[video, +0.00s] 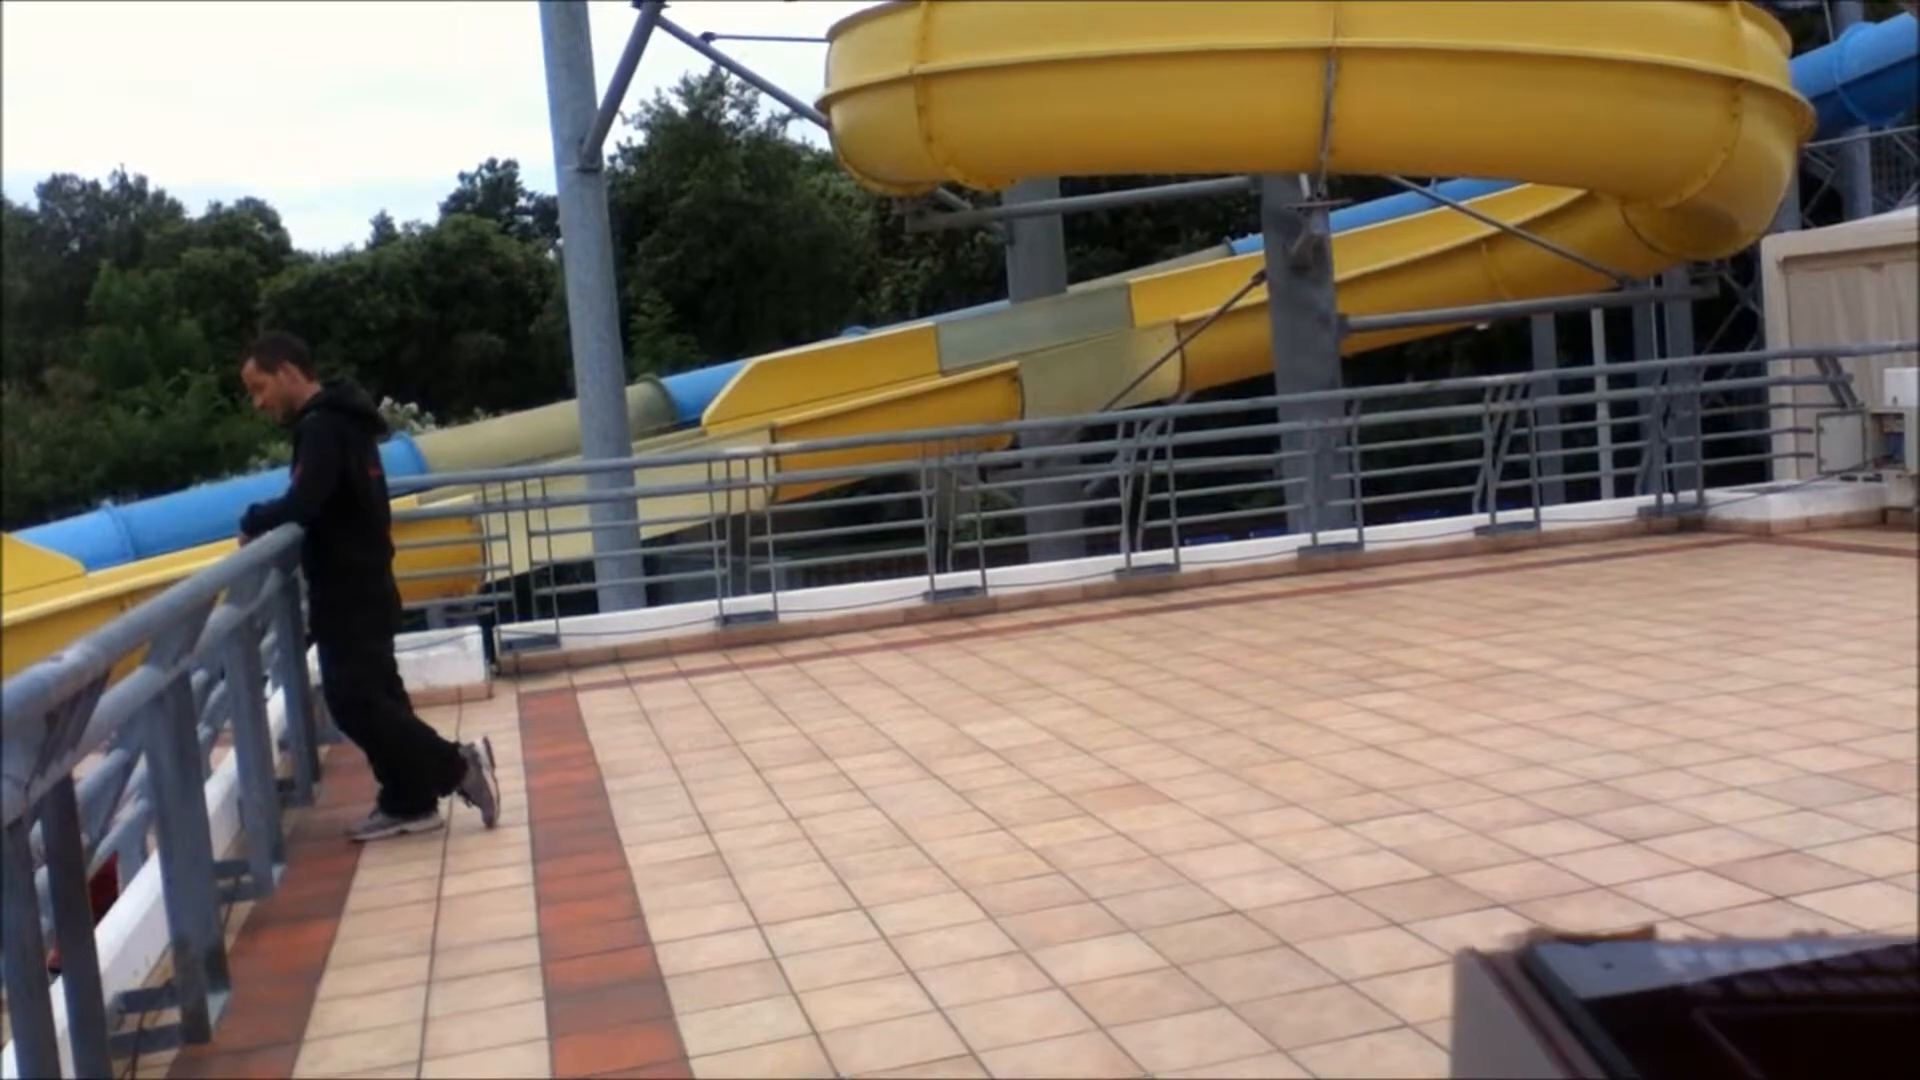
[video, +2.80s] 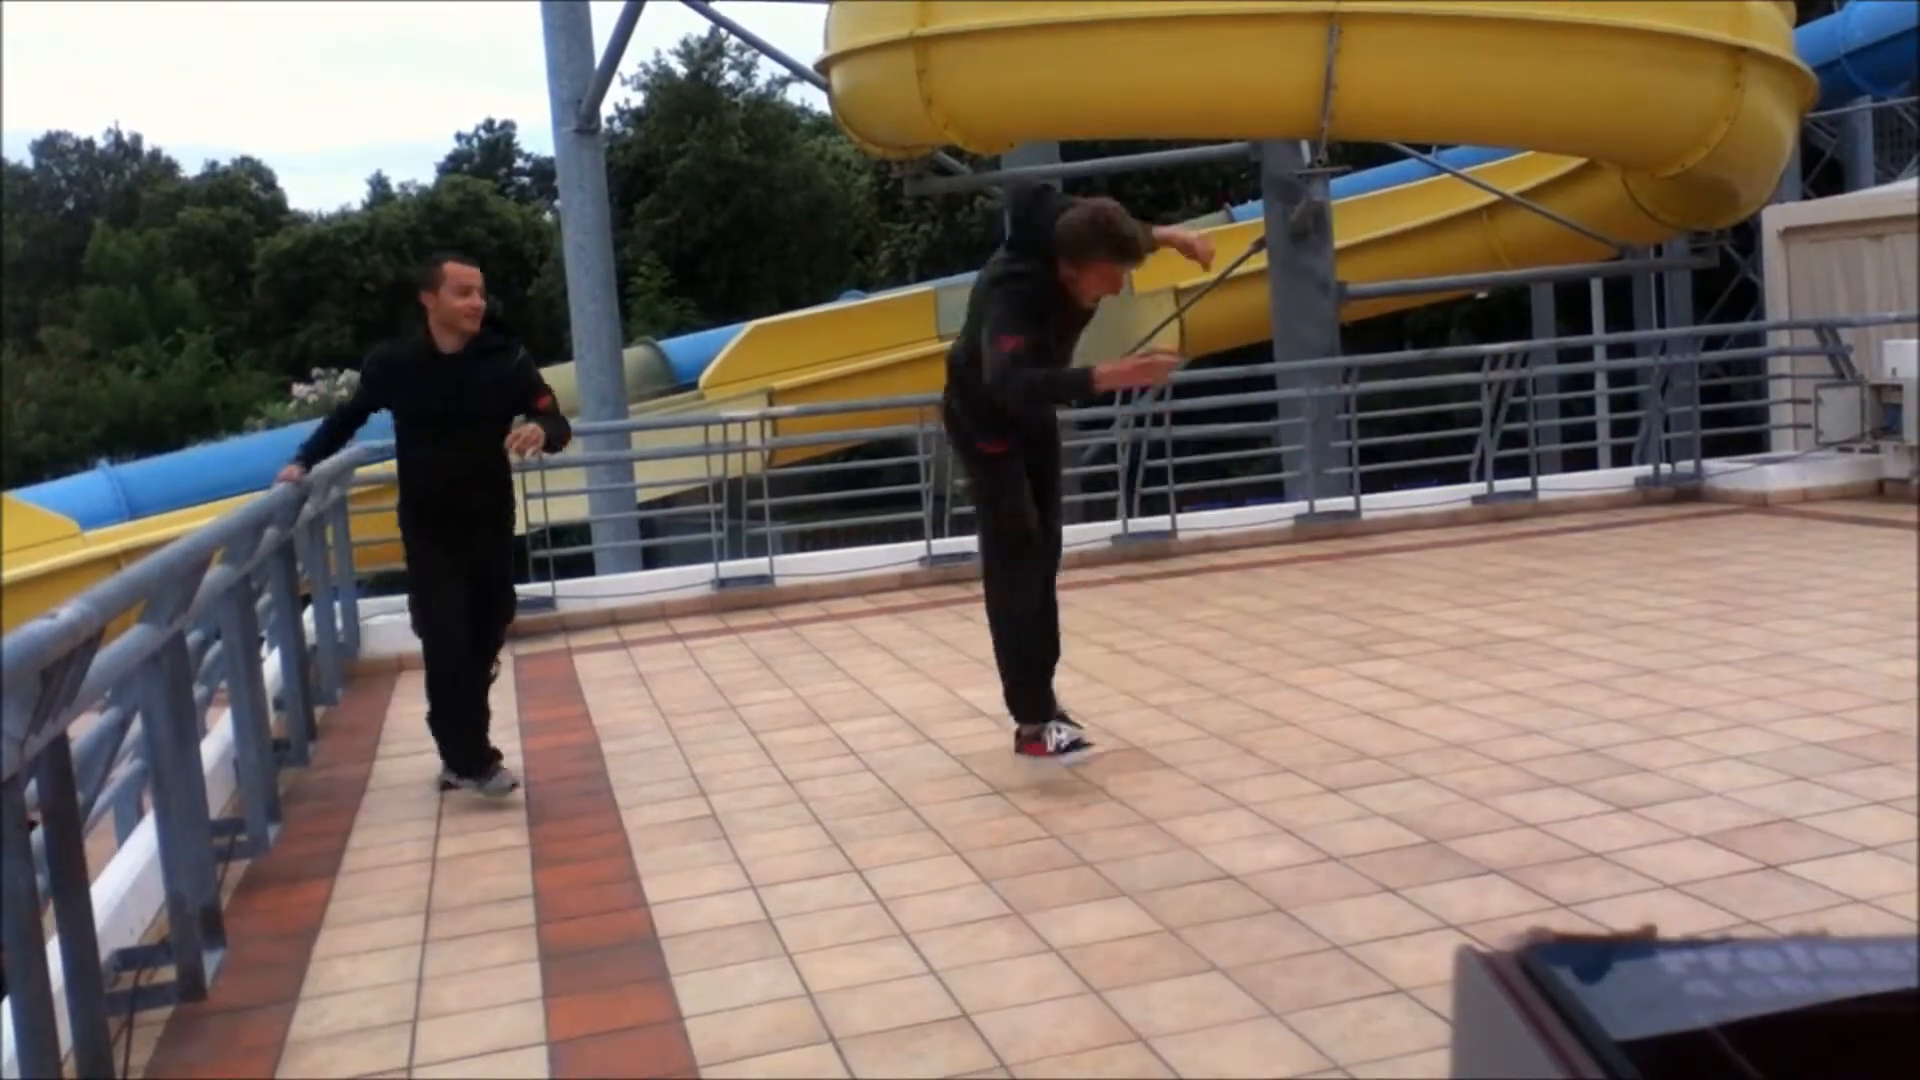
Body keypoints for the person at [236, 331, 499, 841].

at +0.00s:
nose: (257, 403)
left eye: (258, 388)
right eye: (252, 393)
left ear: (289, 373)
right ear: (294, 377)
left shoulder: (322, 426)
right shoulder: (340, 416)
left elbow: (307, 504)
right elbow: (321, 502)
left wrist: (255, 520)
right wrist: (270, 519)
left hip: (348, 592)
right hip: (364, 587)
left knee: (351, 705)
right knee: (377, 693)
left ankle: (455, 766)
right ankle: (407, 804)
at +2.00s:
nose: (254, 354)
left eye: (255, 340)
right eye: (252, 342)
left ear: (278, 333)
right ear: (291, 332)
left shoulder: (320, 384)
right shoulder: (332, 376)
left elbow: (304, 466)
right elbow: (315, 465)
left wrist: (247, 478)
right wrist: (260, 481)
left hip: (351, 552)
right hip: (356, 549)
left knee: (354, 664)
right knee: (359, 660)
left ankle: (457, 726)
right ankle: (401, 766)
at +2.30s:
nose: (314, 332)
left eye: (325, 322)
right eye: (303, 322)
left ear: (343, 328)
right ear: (289, 330)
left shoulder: (361, 383)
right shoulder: (323, 387)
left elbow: (342, 466)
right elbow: (333, 459)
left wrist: (273, 458)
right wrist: (282, 470)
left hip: (402, 543)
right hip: (371, 543)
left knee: (389, 650)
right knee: (357, 652)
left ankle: (482, 721)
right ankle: (400, 763)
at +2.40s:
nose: (344, 319)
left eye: (355, 310)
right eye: (332, 309)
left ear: (369, 319)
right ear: (313, 319)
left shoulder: (398, 378)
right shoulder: (323, 383)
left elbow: (403, 461)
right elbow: (326, 452)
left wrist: (321, 456)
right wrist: (293, 470)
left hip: (419, 531)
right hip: (371, 535)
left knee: (418, 644)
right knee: (365, 654)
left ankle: (467, 730)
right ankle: (400, 760)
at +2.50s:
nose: (385, 316)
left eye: (393, 308)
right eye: (372, 306)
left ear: (402, 317)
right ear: (344, 316)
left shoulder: (430, 375)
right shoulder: (335, 385)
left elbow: (468, 451)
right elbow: (315, 444)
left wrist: (396, 465)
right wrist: (272, 496)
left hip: (442, 530)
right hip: (383, 532)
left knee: (441, 646)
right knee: (360, 644)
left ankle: (452, 753)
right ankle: (392, 756)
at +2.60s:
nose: (422, 321)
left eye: (427, 312)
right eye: (409, 311)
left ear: (434, 320)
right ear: (378, 319)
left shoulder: (459, 379)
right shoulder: (358, 388)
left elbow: (514, 447)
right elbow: (329, 439)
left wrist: (470, 454)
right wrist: (281, 477)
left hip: (458, 535)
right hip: (396, 538)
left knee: (462, 646)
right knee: (355, 640)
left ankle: (459, 753)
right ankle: (378, 746)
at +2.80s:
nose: (477, 302)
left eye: (481, 292)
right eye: (464, 293)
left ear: (485, 299)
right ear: (429, 300)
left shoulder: (503, 358)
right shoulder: (394, 365)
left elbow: (558, 428)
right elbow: (348, 418)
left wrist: (542, 428)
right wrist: (303, 461)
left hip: (490, 523)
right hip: (429, 527)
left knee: (483, 641)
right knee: (448, 644)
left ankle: (463, 753)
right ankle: (470, 762)